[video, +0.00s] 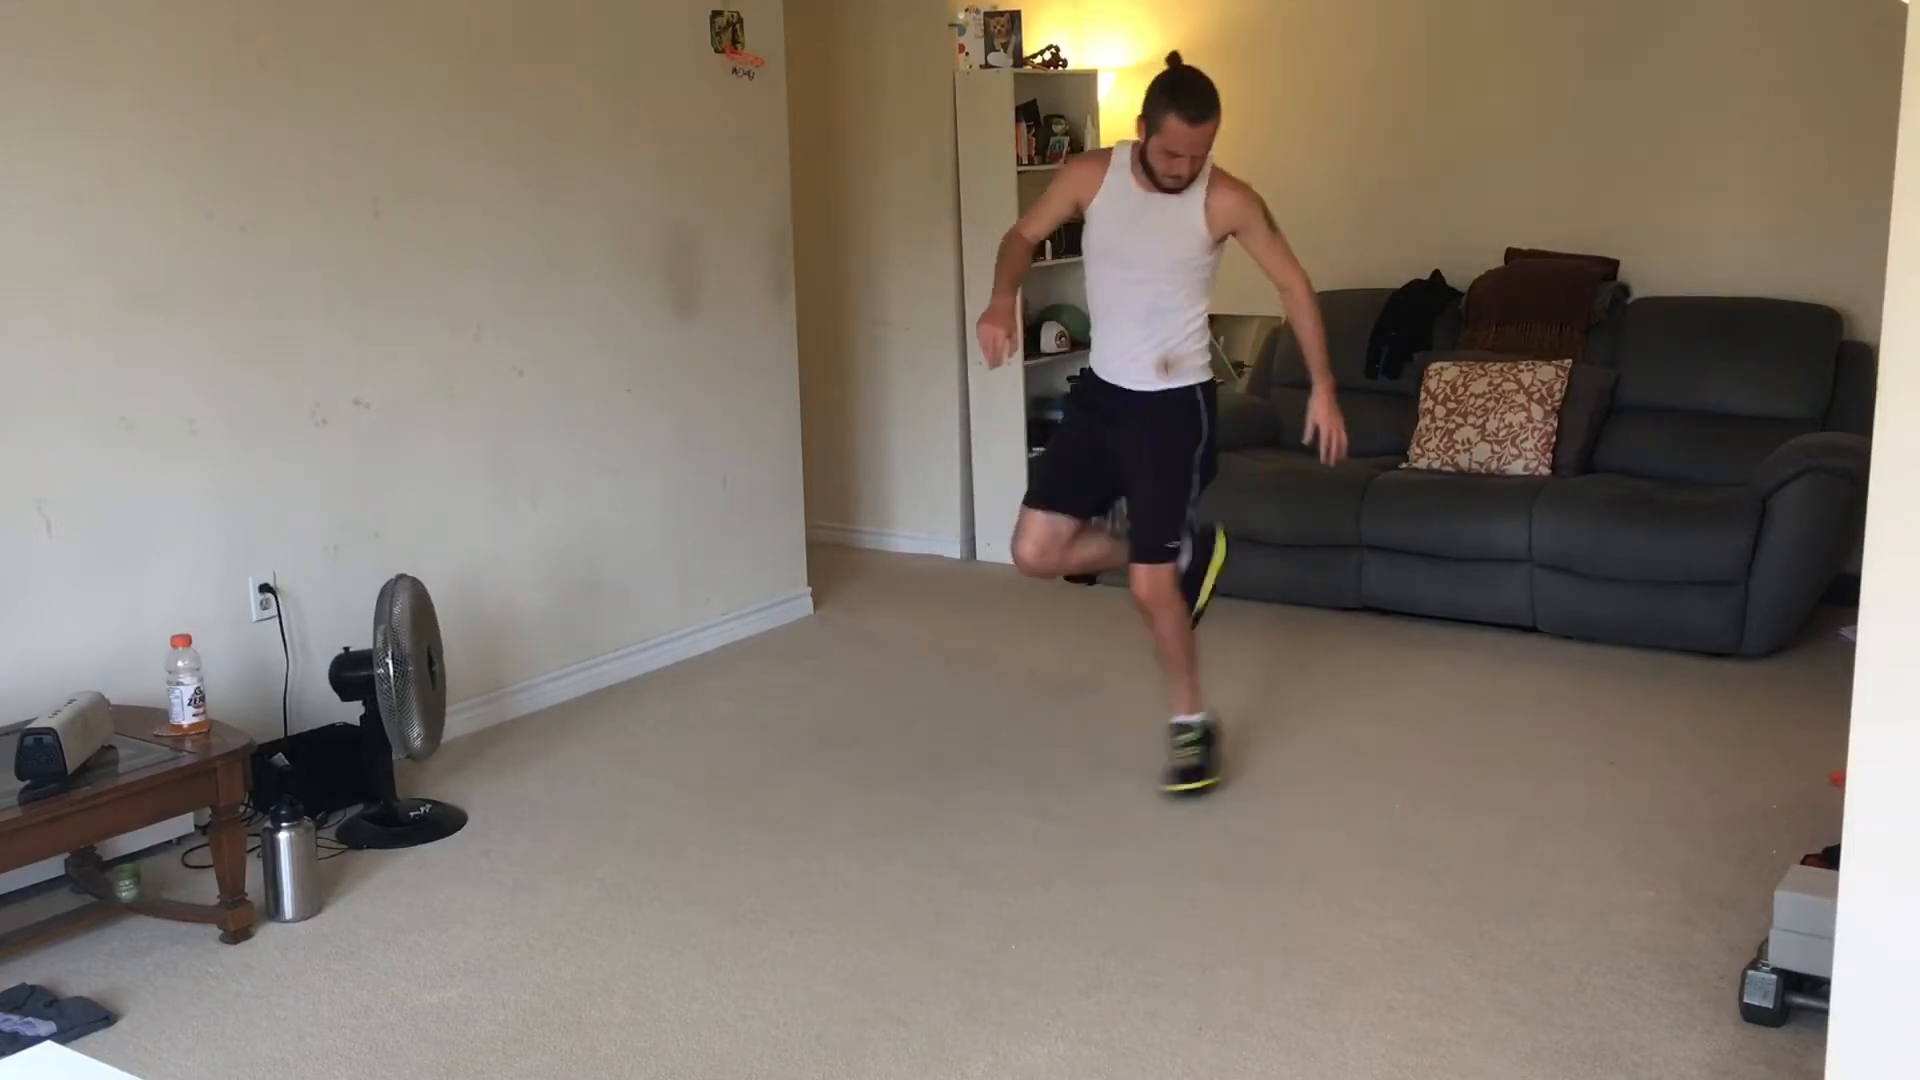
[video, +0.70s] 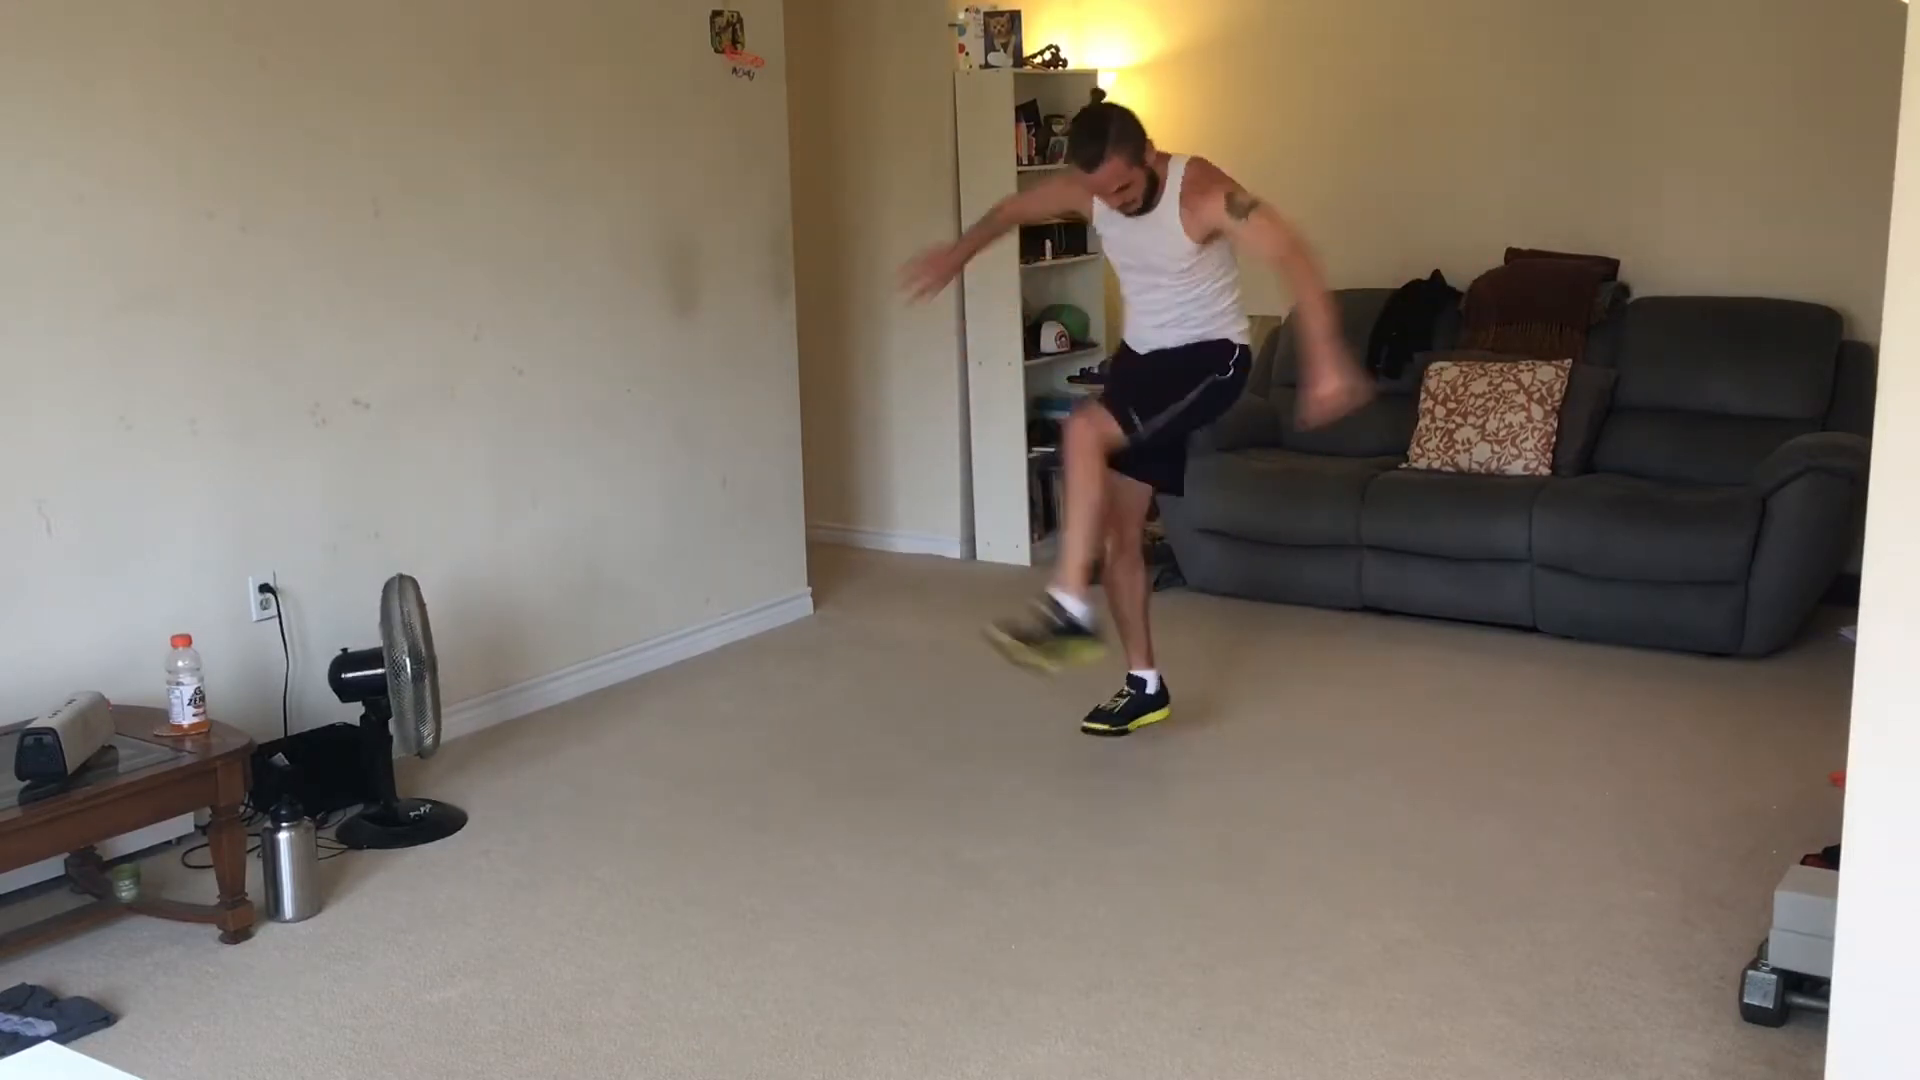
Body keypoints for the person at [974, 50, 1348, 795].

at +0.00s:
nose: (1182, 166)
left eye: (1195, 154)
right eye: (1170, 152)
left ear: (1213, 138)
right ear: (1143, 129)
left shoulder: (1228, 201)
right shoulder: (1090, 175)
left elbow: (1295, 288)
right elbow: (1024, 236)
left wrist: (1323, 387)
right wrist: (1001, 299)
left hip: (1174, 406)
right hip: (1098, 395)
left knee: (1153, 583)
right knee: (1037, 551)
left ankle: (1189, 724)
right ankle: (1181, 556)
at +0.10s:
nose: (1224, 200)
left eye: (1238, 190)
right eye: (1214, 184)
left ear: (1252, 177)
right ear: (1187, 159)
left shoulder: (1249, 236)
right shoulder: (1116, 203)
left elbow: (1325, 314)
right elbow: (1041, 261)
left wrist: (1342, 378)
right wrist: (997, 324)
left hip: (1195, 436)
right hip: (1105, 426)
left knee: (1212, 601)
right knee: (1070, 604)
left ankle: (1256, 721)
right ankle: (1167, 620)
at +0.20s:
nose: (1246, 286)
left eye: (1258, 279)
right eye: (1242, 274)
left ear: (1270, 255)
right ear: (1215, 238)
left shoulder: (1259, 276)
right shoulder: (1126, 256)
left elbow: (1325, 328)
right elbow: (1040, 297)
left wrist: (1339, 344)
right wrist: (978, 375)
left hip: (1207, 464)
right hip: (1120, 464)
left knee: (1234, 620)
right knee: (1099, 637)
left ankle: (1248, 727)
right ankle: (1146, 657)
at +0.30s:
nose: (1187, 306)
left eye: (1194, 297)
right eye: (1175, 300)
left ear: (1206, 267)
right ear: (1145, 273)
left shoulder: (1239, 270)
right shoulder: (1100, 283)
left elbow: (1332, 312)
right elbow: (1008, 337)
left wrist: (1377, 365)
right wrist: (934, 398)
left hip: (1222, 464)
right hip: (1133, 467)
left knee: (1236, 616)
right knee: (1093, 627)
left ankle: (1248, 726)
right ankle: (1146, 701)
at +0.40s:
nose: (1095, 297)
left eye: (1097, 281)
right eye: (1081, 293)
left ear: (1116, 245)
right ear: (1067, 275)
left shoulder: (1192, 255)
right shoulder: (1078, 284)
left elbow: (1316, 290)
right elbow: (1009, 349)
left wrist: (1429, 327)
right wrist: (968, 381)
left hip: (1221, 446)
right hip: (1150, 444)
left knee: (1147, 599)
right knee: (1087, 599)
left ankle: (1226, 707)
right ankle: (1147, 709)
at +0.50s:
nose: (1088, 263)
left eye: (1088, 246)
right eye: (1073, 257)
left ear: (1107, 209)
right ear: (1060, 245)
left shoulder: (1188, 225)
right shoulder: (1081, 263)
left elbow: (1311, 232)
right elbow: (1026, 331)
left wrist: (1425, 241)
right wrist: (992, 369)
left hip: (1215, 427)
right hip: (1160, 422)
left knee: (1060, 512)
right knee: (1102, 561)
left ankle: (1101, 649)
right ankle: (1149, 705)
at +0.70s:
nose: (1114, 202)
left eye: (1122, 187)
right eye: (1100, 193)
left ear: (1147, 154)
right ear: (1086, 176)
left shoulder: (1204, 191)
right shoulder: (1086, 191)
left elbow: (1294, 253)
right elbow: (1009, 211)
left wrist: (1324, 358)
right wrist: (955, 254)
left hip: (1211, 354)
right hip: (1143, 358)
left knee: (1086, 429)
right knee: (1120, 523)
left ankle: (1072, 605)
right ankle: (1145, 682)